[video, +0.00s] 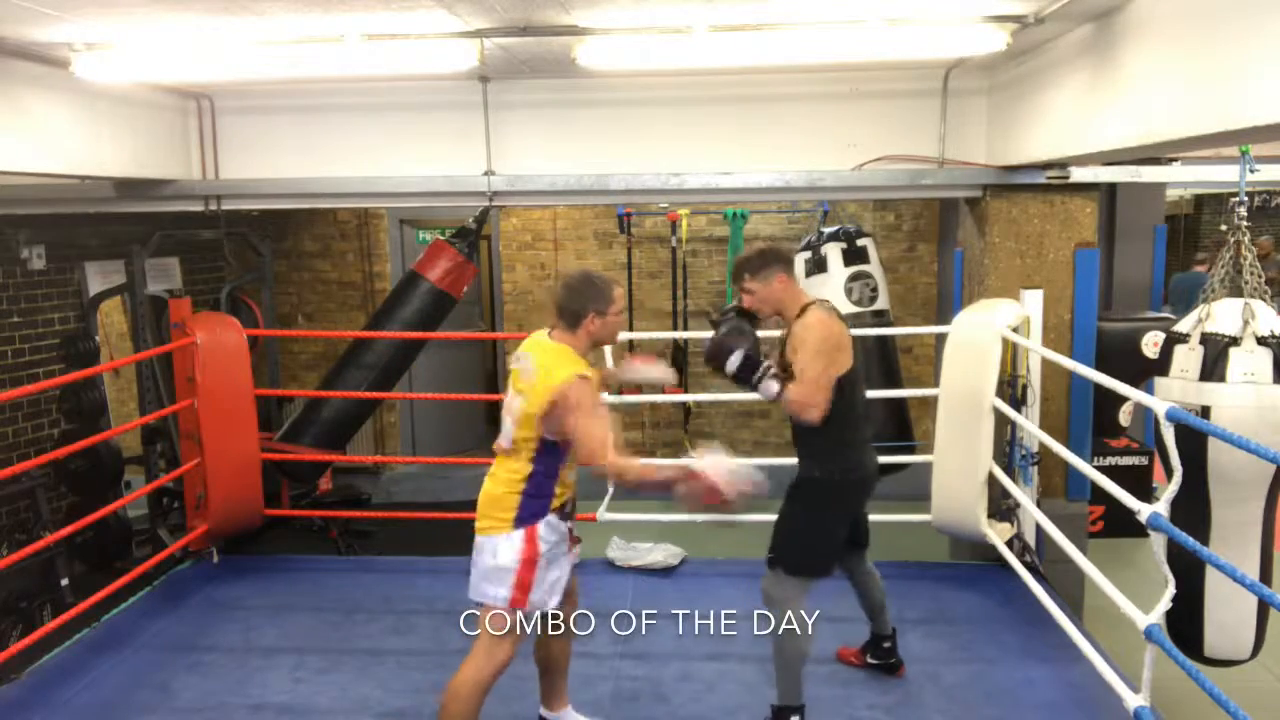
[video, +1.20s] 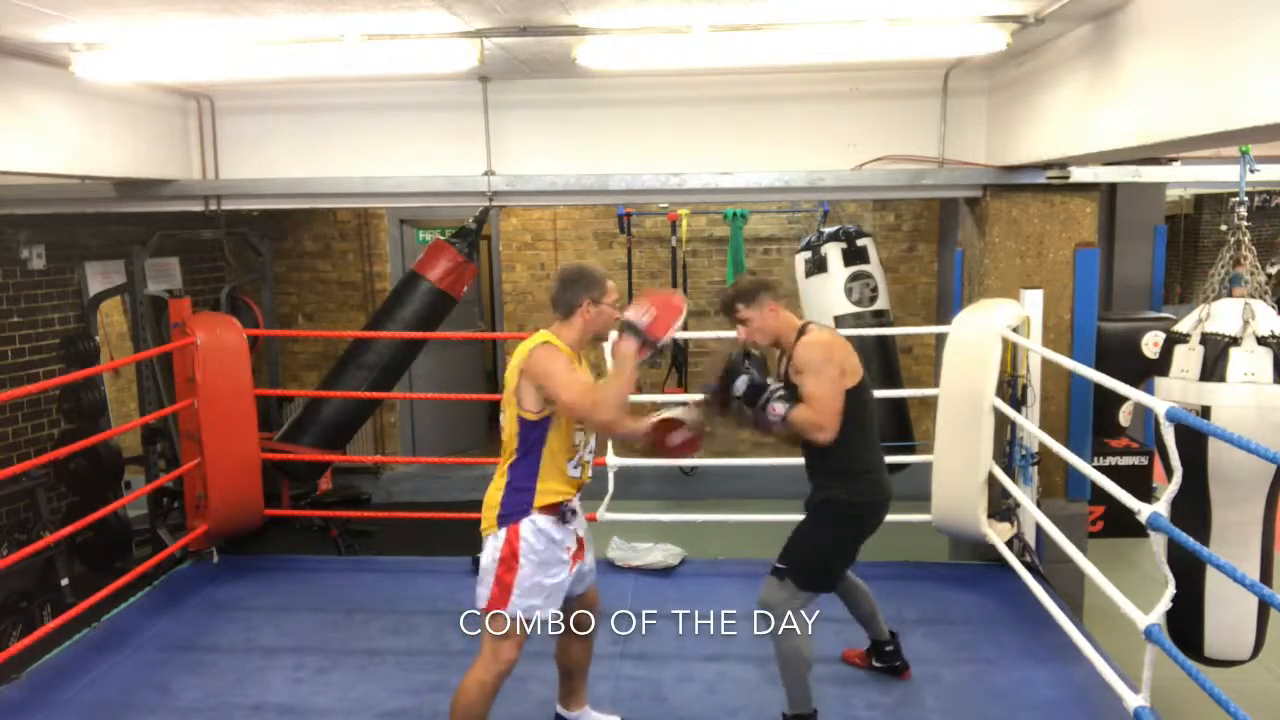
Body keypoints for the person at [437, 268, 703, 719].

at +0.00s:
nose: (622, 322)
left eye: (622, 312)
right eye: (617, 313)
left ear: (578, 317)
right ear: (591, 321)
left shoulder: (536, 345)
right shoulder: (574, 379)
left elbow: (565, 388)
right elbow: (605, 463)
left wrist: (618, 374)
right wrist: (681, 472)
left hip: (541, 512)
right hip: (519, 519)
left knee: (561, 604)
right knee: (495, 648)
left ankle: (555, 710)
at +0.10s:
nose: (624, 322)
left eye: (625, 313)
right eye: (619, 315)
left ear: (565, 314)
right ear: (589, 325)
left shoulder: (528, 339)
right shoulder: (589, 382)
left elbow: (575, 336)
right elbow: (671, 425)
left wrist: (619, 326)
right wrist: (744, 416)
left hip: (539, 512)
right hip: (521, 523)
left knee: (561, 602)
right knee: (490, 649)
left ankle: (556, 707)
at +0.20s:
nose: (616, 320)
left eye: (617, 311)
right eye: (612, 312)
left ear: (574, 314)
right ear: (586, 318)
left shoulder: (527, 334)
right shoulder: (581, 380)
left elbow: (573, 324)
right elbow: (648, 445)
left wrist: (613, 290)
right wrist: (725, 448)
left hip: (543, 509)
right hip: (527, 520)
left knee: (562, 601)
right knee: (501, 647)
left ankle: (556, 710)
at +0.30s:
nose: (609, 317)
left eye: (610, 308)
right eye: (605, 309)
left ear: (569, 308)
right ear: (578, 312)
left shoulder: (534, 332)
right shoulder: (559, 383)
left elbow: (585, 317)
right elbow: (583, 467)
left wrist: (620, 279)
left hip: (546, 504)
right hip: (525, 515)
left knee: (562, 604)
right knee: (505, 646)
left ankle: (557, 710)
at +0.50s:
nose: (590, 314)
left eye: (589, 304)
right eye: (584, 306)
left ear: (552, 313)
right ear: (555, 315)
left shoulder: (545, 352)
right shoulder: (512, 380)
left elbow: (576, 362)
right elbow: (524, 473)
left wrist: (631, 344)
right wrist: (599, 464)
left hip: (548, 515)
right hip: (508, 527)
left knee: (574, 610)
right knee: (488, 653)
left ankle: (559, 708)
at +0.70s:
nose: (588, 311)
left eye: (587, 301)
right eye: (581, 303)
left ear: (552, 312)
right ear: (553, 312)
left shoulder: (558, 355)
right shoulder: (502, 373)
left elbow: (586, 410)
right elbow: (539, 451)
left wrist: (645, 390)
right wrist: (583, 391)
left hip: (549, 517)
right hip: (501, 531)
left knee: (570, 617)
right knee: (486, 659)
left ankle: (571, 708)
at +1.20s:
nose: (619, 314)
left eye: (618, 306)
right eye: (613, 305)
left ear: (584, 308)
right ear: (587, 308)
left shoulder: (582, 356)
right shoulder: (543, 354)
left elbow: (596, 423)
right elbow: (602, 412)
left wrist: (648, 428)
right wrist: (626, 356)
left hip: (562, 515)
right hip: (522, 522)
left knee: (583, 610)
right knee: (500, 654)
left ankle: (573, 709)